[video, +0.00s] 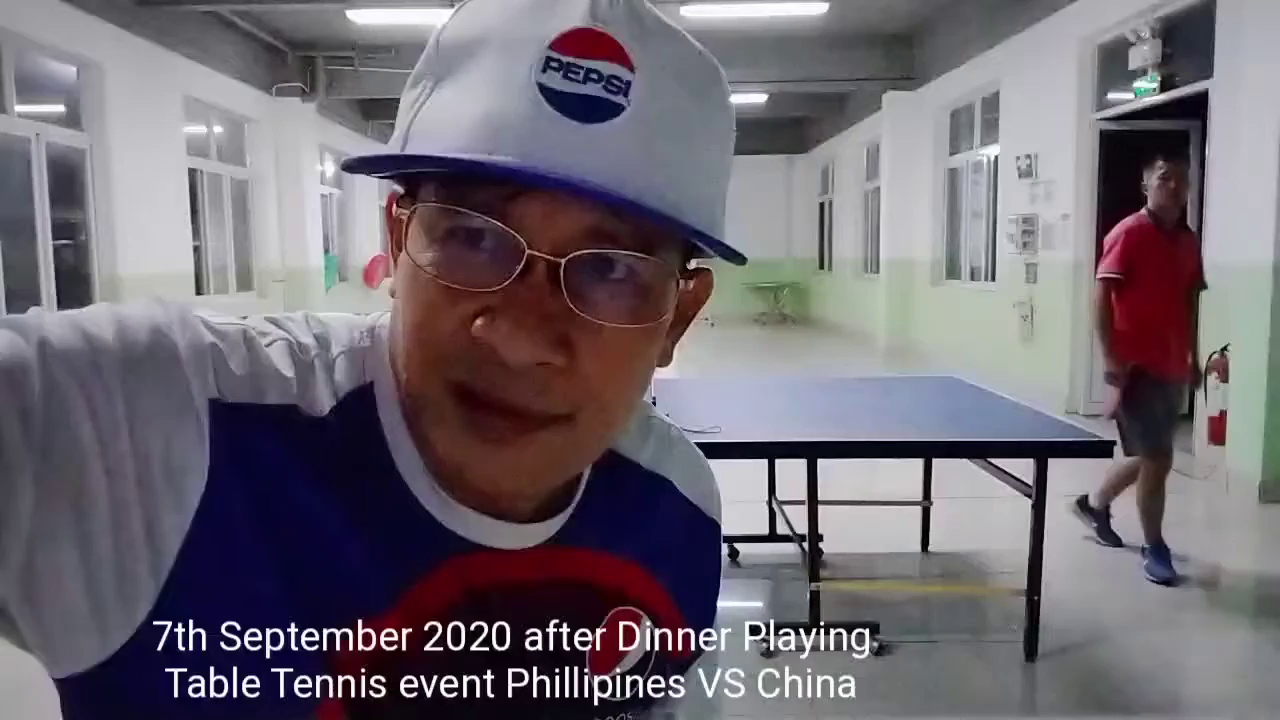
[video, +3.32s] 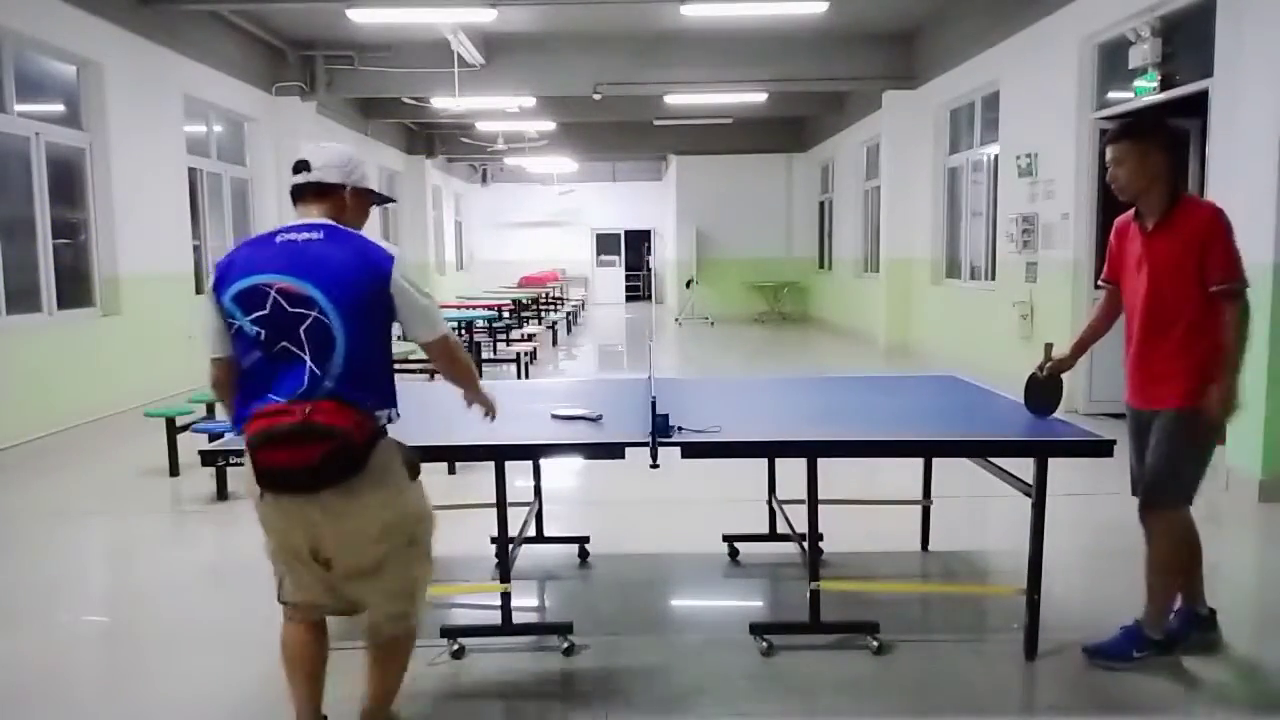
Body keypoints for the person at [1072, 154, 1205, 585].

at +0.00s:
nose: (1172, 186)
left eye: (1178, 180)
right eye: (1164, 178)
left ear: (1186, 188)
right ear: (1146, 186)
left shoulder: (1188, 241)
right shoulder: (1128, 233)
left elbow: (1190, 303)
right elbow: (1102, 295)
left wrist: (1193, 357)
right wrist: (1108, 357)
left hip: (1173, 363)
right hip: (1134, 362)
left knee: (1151, 454)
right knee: (1155, 457)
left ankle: (1094, 503)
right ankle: (1155, 549)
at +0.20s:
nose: (1177, 178)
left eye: (1185, 172)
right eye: (1169, 171)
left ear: (1194, 178)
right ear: (1153, 176)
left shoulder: (1201, 229)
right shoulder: (1133, 228)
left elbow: (1212, 282)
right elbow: (1113, 295)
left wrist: (1235, 310)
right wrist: (1126, 349)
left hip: (1191, 365)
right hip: (1145, 364)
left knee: (1204, 457)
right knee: (1150, 461)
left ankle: (1165, 525)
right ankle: (1151, 547)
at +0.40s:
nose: (1184, 182)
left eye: (1192, 174)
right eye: (1176, 174)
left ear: (1205, 180)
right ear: (1160, 180)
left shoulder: (1216, 232)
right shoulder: (1140, 233)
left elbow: (1227, 290)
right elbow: (1114, 299)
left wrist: (1249, 332)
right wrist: (1124, 359)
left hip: (1203, 372)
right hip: (1152, 374)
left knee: (1226, 467)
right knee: (1160, 465)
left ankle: (1241, 559)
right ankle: (1153, 549)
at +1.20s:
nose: (1265, 176)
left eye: (1273, 168)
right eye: (1258, 168)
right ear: (1245, 173)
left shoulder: (1276, 233)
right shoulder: (1217, 232)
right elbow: (1183, 294)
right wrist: (1188, 350)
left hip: (1274, 393)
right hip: (1225, 388)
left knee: (1275, 501)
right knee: (1216, 494)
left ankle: (1247, 589)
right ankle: (1187, 550)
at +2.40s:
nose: (1196, 173)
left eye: (1208, 163)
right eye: (1191, 162)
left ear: (1240, 166)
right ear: (1186, 165)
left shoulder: (1268, 232)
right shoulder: (1164, 228)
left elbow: (1278, 306)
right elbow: (1127, 286)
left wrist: (1266, 346)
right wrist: (1112, 337)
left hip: (1232, 398)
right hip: (1164, 395)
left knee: (1254, 522)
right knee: (1174, 509)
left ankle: (1243, 580)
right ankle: (1195, 612)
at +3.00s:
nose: (1132, 175)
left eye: (1142, 163)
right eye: (1129, 165)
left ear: (1182, 159)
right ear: (1134, 169)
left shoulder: (1232, 224)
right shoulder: (1133, 230)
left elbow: (1269, 297)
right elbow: (1114, 304)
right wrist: (1076, 352)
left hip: (1204, 395)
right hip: (1147, 392)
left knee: (1194, 510)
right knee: (1170, 509)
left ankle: (1201, 630)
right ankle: (1192, 614)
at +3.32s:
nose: (1111, 176)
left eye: (1120, 163)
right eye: (1108, 165)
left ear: (1155, 161)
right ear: (1120, 169)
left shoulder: (1206, 222)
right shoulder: (1123, 229)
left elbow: (1234, 305)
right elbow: (1112, 300)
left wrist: (1227, 381)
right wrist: (1072, 353)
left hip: (1194, 391)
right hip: (1142, 389)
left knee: (1160, 502)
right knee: (1161, 504)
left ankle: (1153, 628)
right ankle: (1196, 615)